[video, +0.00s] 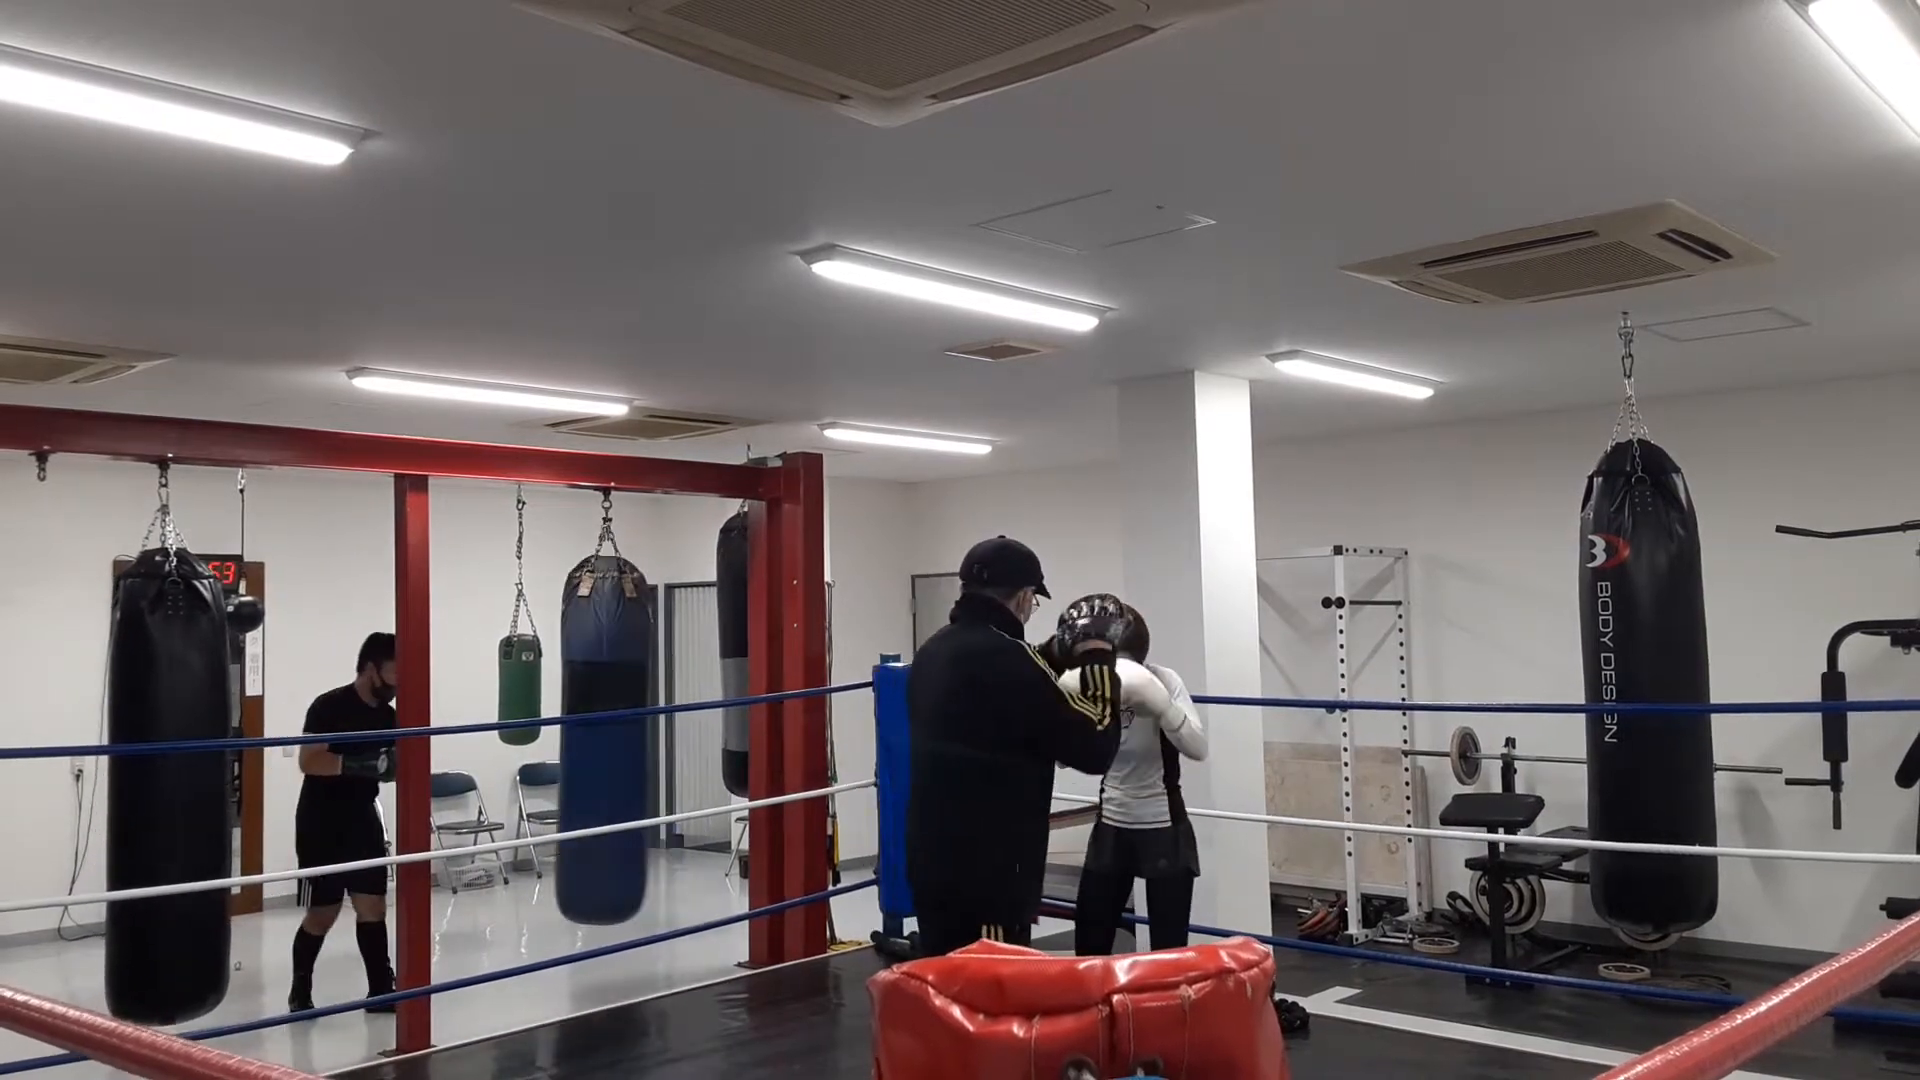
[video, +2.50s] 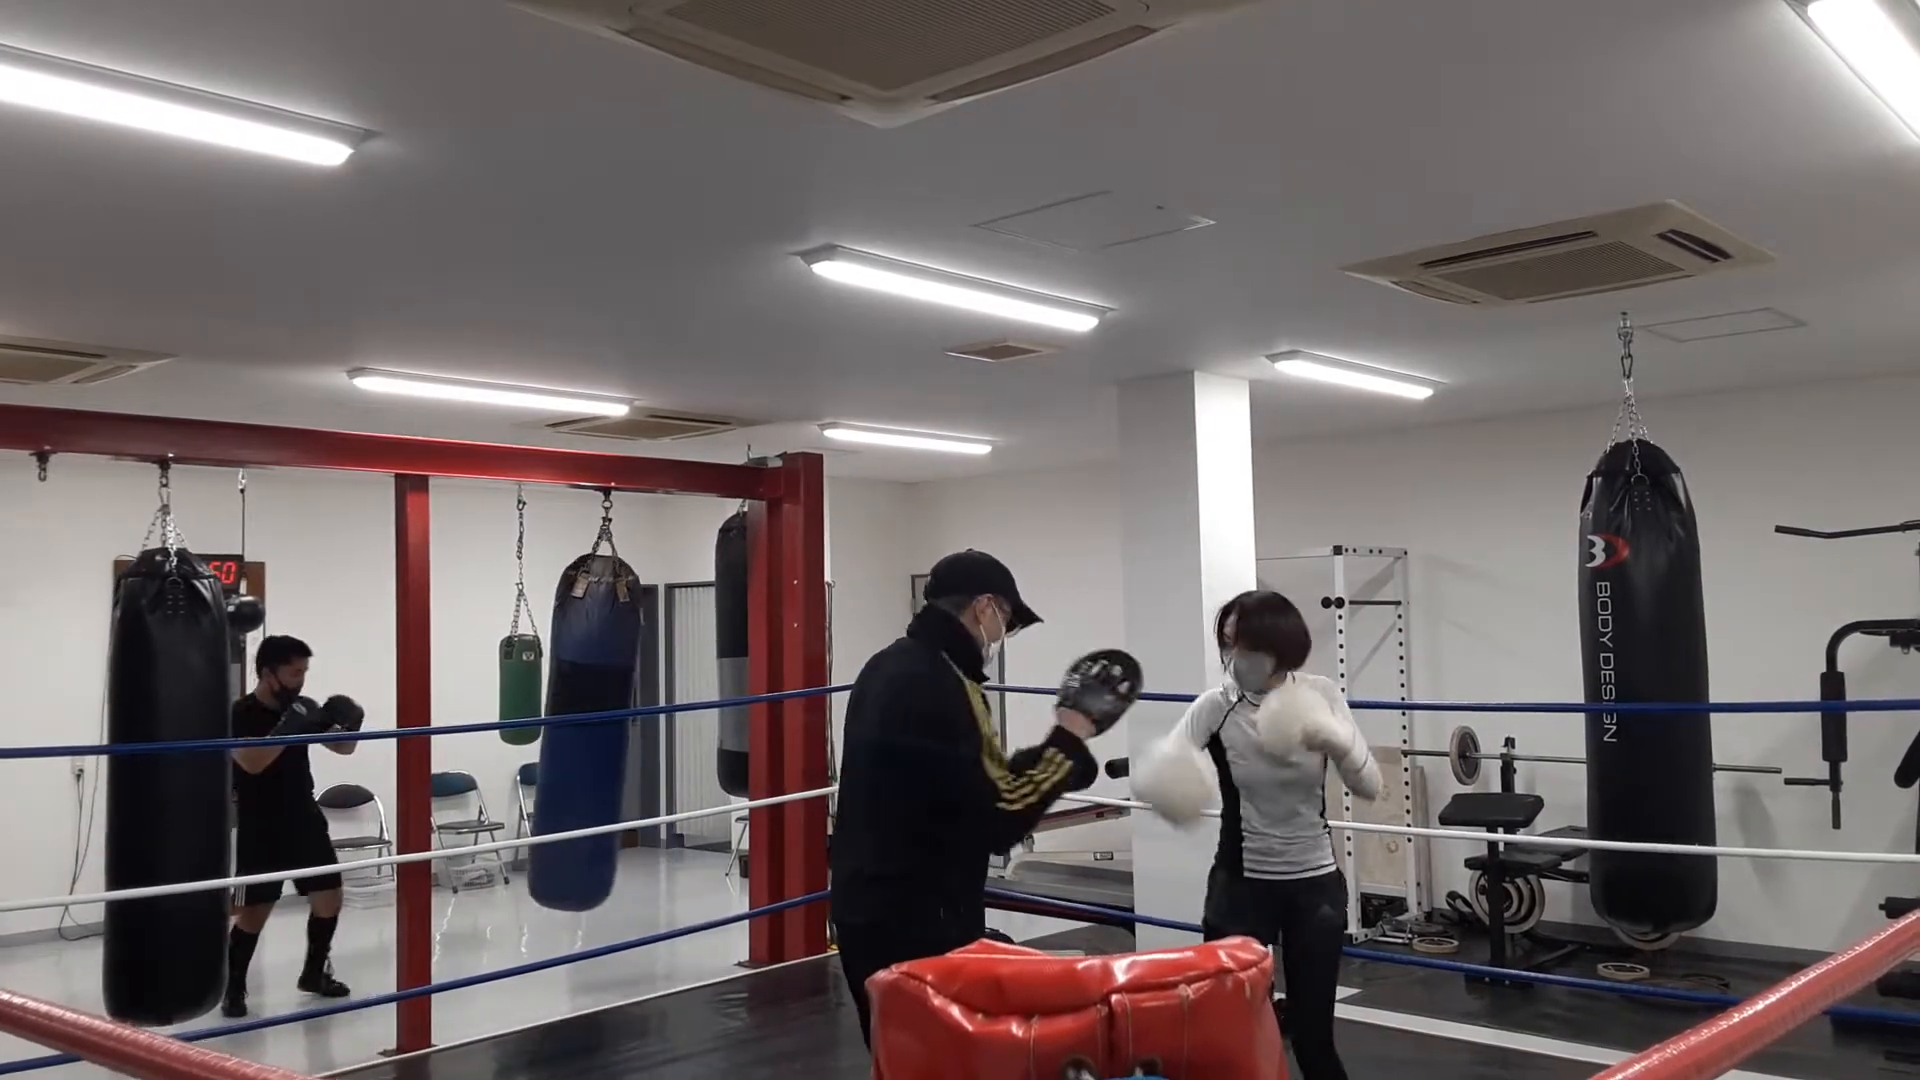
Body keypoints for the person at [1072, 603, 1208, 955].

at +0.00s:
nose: (1113, 661)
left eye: (1119, 653)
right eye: (1101, 650)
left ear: (1132, 644)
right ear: (1092, 650)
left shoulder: (1163, 680)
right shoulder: (1085, 686)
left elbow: (1198, 750)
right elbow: (1065, 754)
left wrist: (1158, 700)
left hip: (1165, 832)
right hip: (1111, 831)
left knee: (1168, 953)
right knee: (1090, 947)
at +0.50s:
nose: (1118, 642)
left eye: (1126, 631)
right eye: (1112, 634)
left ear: (1147, 638)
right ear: (1107, 641)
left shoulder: (1179, 684)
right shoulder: (1108, 688)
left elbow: (1220, 749)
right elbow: (1077, 762)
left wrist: (1160, 716)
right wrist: (1081, 688)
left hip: (1191, 848)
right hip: (1140, 847)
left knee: (1169, 963)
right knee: (1116, 956)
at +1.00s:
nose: (1190, 649)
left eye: (1202, 639)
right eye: (1181, 638)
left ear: (1227, 644)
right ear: (1170, 643)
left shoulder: (1250, 701)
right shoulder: (1162, 703)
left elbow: (1305, 766)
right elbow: (1120, 737)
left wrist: (1275, 726)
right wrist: (1132, 720)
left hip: (1258, 860)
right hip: (1191, 863)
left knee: (1270, 991)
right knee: (1168, 983)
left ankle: (1289, 1069)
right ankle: (1166, 1072)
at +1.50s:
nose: (1183, 650)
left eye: (1195, 640)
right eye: (1178, 639)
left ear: (1225, 645)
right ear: (1171, 644)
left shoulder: (1258, 700)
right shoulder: (1177, 708)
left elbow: (1307, 787)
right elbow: (1145, 790)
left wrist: (1251, 732)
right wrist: (1123, 744)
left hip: (1271, 883)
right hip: (1215, 879)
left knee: (1246, 1003)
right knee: (1190, 995)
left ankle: (1279, 1071)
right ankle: (1195, 1074)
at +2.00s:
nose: (1192, 660)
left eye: (1202, 647)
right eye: (1189, 649)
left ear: (1238, 654)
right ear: (1187, 652)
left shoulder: (1281, 713)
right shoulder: (1202, 718)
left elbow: (1292, 779)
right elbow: (1170, 802)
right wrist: (1146, 767)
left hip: (1293, 901)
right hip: (1239, 892)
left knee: (1270, 1031)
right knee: (1201, 1002)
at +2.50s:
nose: (1233, 657)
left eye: (1245, 646)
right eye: (1229, 645)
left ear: (1279, 655)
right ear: (1225, 645)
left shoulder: (1320, 697)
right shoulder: (1214, 707)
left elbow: (1367, 785)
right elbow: (1160, 768)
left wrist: (1333, 735)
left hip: (1314, 884)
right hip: (1241, 884)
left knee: (1310, 1033)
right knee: (1230, 1025)